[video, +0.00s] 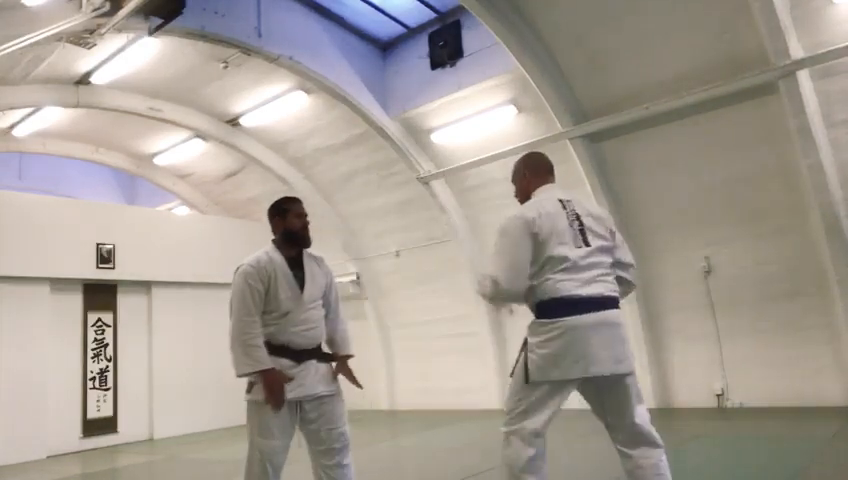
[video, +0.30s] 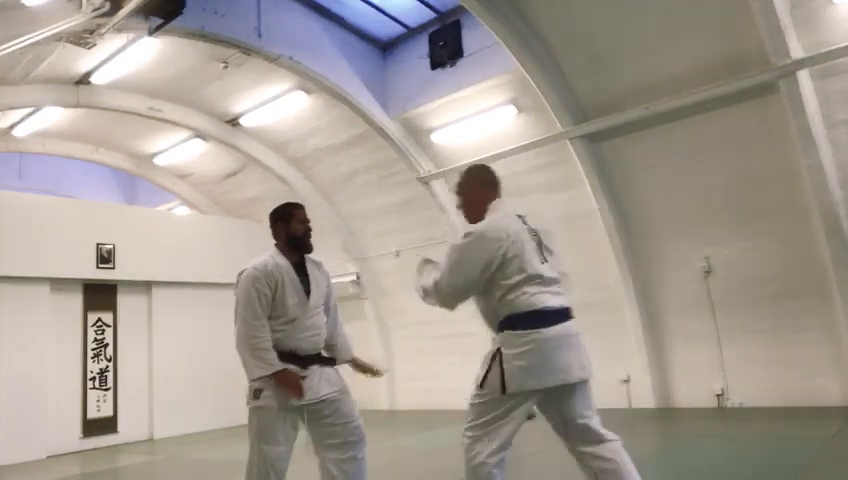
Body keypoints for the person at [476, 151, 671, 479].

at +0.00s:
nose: (515, 193)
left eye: (515, 184)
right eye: (514, 185)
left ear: (525, 179)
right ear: (551, 178)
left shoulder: (524, 218)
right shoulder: (596, 212)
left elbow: (511, 288)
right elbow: (626, 274)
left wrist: (488, 287)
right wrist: (593, 300)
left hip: (557, 335)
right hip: (608, 331)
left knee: (522, 430)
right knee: (636, 432)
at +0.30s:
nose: (458, 201)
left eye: (462, 192)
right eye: (458, 192)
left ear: (481, 193)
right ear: (494, 193)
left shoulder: (483, 235)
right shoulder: (528, 227)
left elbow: (447, 294)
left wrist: (426, 278)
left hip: (523, 348)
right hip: (565, 339)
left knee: (481, 439)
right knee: (588, 434)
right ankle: (628, 477)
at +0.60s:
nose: (405, 214)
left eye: (409, 205)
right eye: (403, 206)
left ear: (433, 200)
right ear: (421, 205)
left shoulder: (476, 225)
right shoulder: (422, 243)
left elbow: (529, 257)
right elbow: (374, 250)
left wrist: (479, 294)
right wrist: (319, 247)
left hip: (501, 341)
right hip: (503, 340)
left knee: (483, 451)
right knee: (566, 425)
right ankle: (623, 475)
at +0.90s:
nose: (400, 200)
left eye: (405, 192)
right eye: (400, 193)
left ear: (428, 191)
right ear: (420, 193)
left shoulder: (457, 217)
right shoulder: (413, 241)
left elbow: (500, 258)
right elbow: (371, 258)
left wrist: (445, 287)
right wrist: (317, 263)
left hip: (487, 338)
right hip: (471, 339)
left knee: (481, 451)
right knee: (519, 431)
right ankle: (560, 475)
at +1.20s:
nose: (422, 195)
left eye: (429, 187)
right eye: (423, 189)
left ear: (454, 191)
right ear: (449, 193)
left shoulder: (476, 221)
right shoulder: (430, 239)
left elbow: (511, 267)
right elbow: (389, 262)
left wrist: (450, 284)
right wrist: (327, 263)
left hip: (489, 338)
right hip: (476, 338)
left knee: (474, 444)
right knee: (513, 439)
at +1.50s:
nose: (438, 195)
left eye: (445, 189)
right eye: (439, 190)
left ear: (469, 192)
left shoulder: (497, 225)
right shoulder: (443, 239)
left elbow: (483, 260)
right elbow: (400, 267)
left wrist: (444, 245)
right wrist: (335, 276)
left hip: (503, 337)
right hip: (480, 338)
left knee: (484, 438)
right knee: (514, 436)